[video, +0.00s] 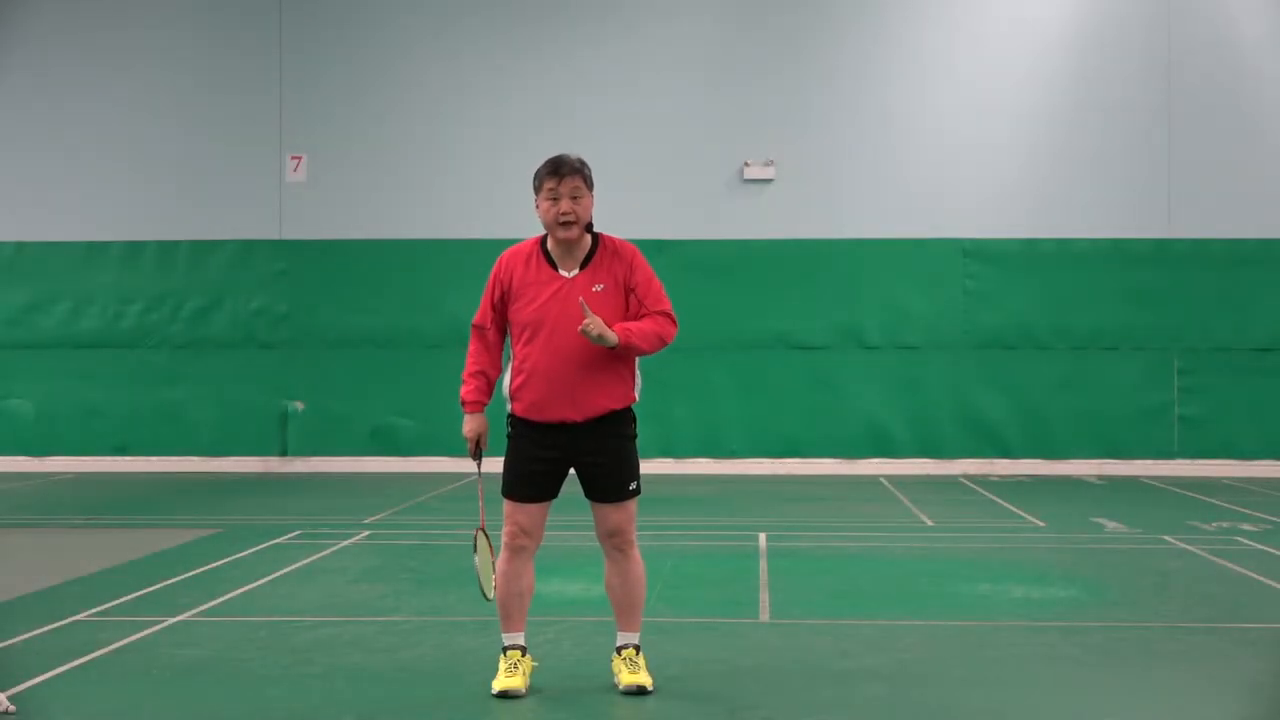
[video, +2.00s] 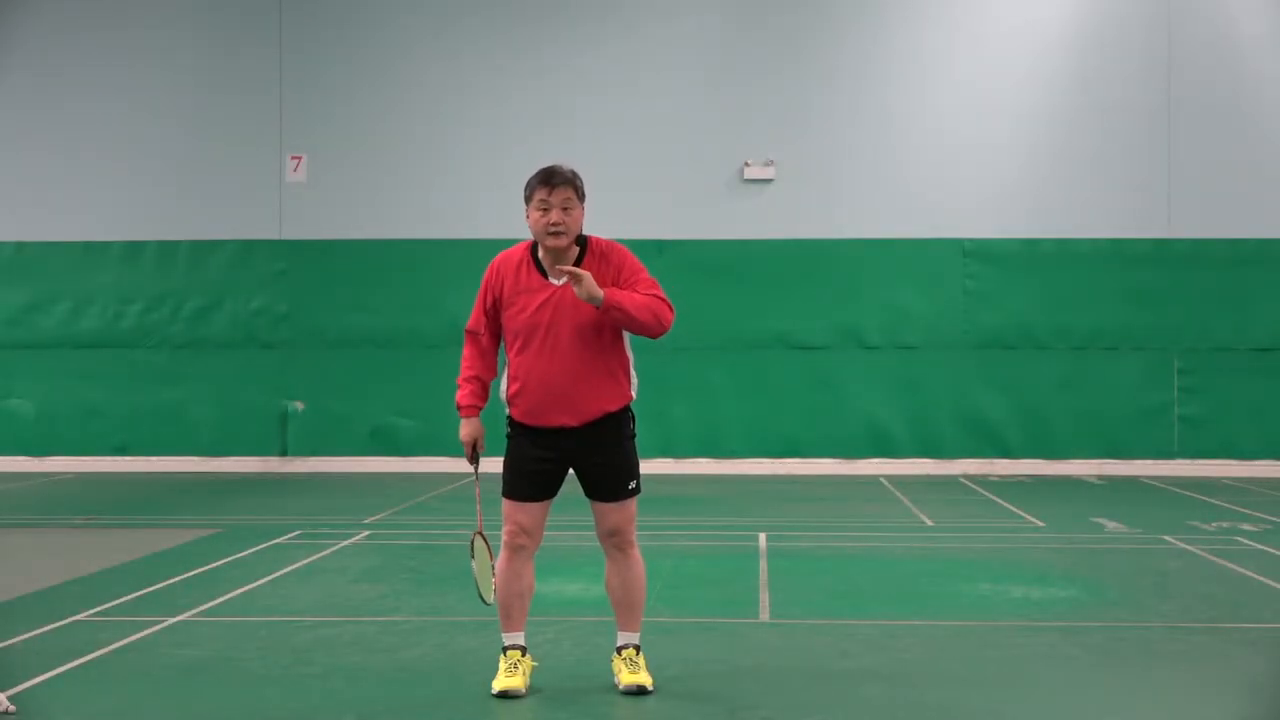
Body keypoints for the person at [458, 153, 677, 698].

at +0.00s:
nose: (564, 207)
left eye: (575, 196)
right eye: (553, 198)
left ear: (592, 201)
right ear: (538, 206)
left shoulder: (622, 258)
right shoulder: (512, 265)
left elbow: (664, 324)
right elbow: (485, 335)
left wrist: (618, 334)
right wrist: (474, 407)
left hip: (607, 423)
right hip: (533, 426)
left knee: (619, 537)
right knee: (518, 537)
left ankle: (629, 649)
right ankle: (513, 652)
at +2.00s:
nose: (555, 218)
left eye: (565, 207)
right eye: (543, 208)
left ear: (582, 212)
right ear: (528, 215)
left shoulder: (611, 258)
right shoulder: (504, 269)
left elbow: (659, 317)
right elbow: (480, 339)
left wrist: (603, 298)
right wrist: (470, 411)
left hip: (605, 425)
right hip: (532, 428)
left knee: (619, 537)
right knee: (517, 537)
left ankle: (629, 650)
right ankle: (513, 651)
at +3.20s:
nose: (590, 188)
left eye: (601, 180)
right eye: (579, 181)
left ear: (619, 195)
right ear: (564, 197)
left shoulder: (652, 258)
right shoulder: (539, 261)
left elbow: (686, 319)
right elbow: (507, 331)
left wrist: (663, 336)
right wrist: (488, 404)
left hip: (632, 420)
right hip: (558, 420)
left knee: (633, 538)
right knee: (528, 537)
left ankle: (631, 650)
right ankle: (514, 649)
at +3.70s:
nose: (639, 188)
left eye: (649, 180)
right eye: (628, 181)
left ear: (667, 194)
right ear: (611, 196)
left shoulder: (694, 261)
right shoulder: (582, 257)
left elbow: (714, 335)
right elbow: (549, 329)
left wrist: (706, 345)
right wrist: (535, 400)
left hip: (667, 419)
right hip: (596, 415)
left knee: (650, 543)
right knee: (583, 537)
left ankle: (634, 650)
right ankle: (579, 651)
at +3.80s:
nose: (643, 187)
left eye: (653, 179)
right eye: (632, 180)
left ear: (671, 191)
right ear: (615, 193)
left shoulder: (695, 259)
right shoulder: (584, 257)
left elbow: (719, 339)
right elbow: (549, 330)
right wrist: (536, 400)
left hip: (671, 419)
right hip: (600, 416)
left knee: (655, 538)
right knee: (595, 536)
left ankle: (636, 649)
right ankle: (600, 653)